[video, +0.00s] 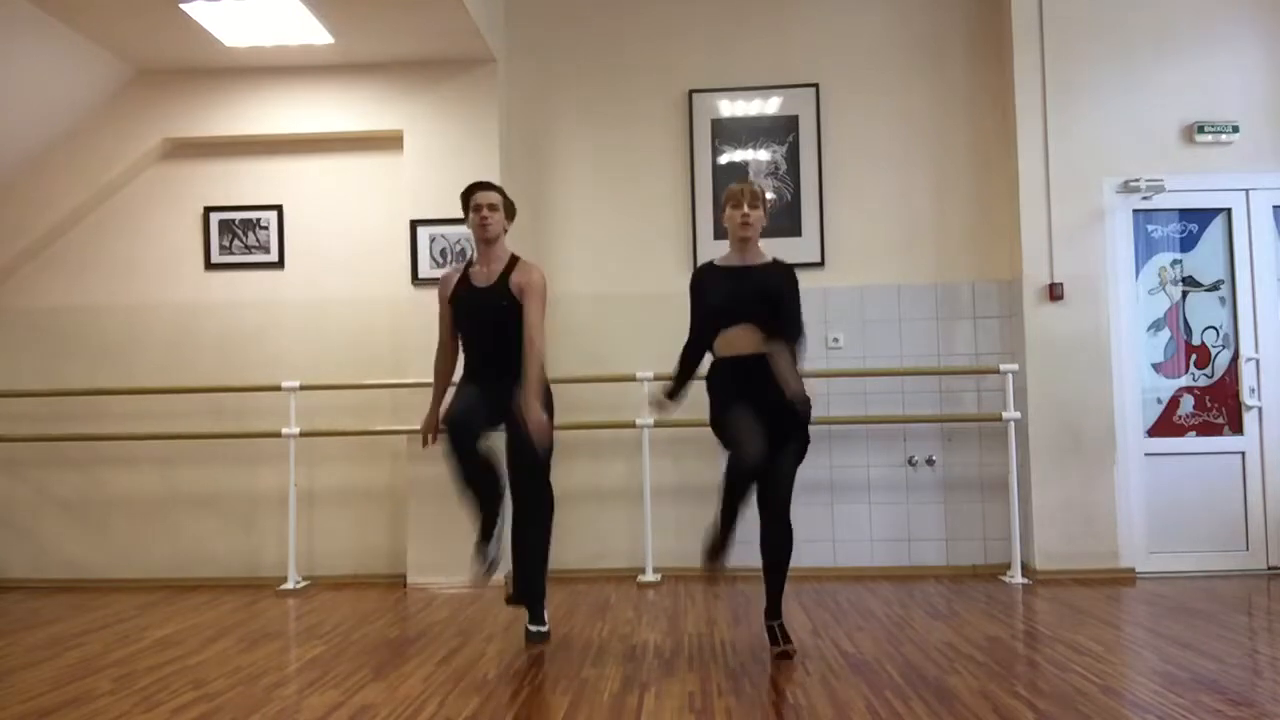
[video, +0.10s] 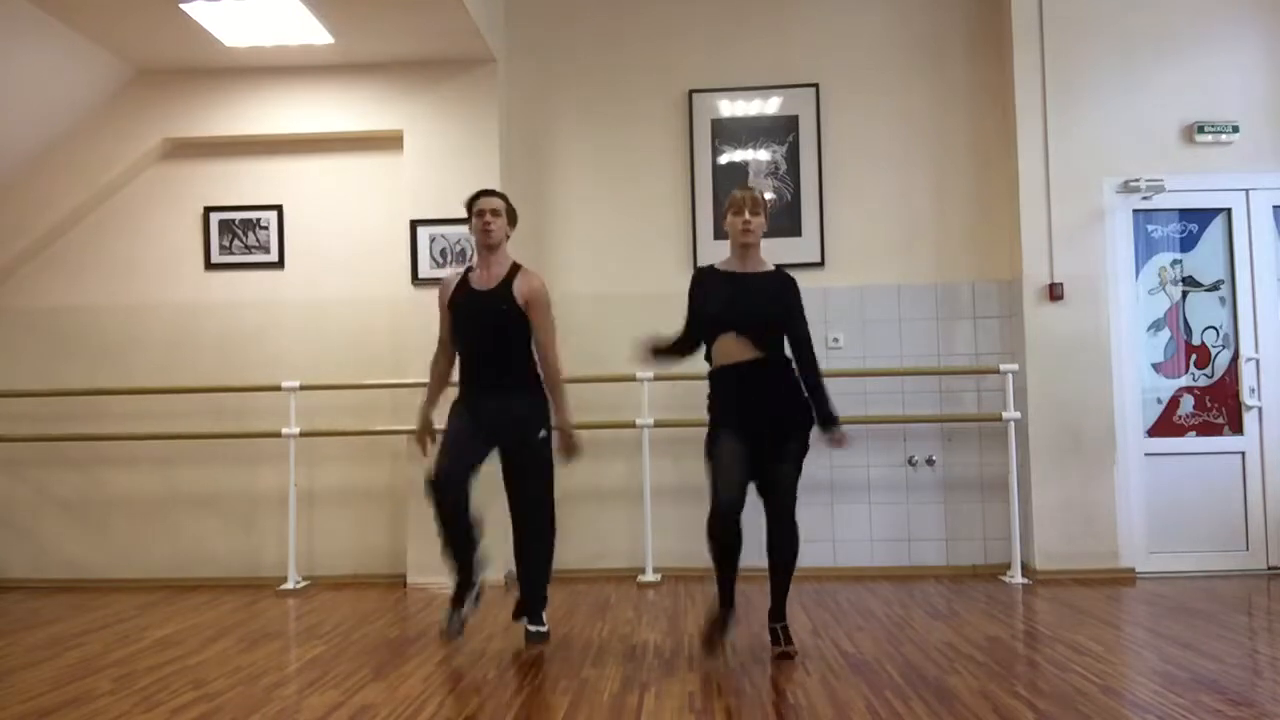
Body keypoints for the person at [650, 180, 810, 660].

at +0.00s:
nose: (744, 213)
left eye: (753, 205)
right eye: (736, 206)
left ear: (765, 214)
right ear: (723, 216)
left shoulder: (781, 273)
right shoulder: (706, 277)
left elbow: (789, 336)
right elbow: (698, 339)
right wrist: (674, 389)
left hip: (779, 386)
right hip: (729, 385)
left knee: (777, 506)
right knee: (750, 453)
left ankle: (774, 615)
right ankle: (723, 532)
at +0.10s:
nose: (746, 220)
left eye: (754, 212)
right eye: (737, 212)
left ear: (766, 223)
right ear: (724, 222)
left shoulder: (782, 283)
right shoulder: (705, 280)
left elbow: (805, 356)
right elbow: (690, 341)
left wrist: (828, 417)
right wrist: (658, 349)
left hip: (782, 408)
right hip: (730, 408)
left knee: (782, 515)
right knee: (724, 508)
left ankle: (778, 618)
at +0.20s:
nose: (746, 208)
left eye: (755, 200)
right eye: (738, 200)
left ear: (767, 210)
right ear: (725, 208)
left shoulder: (782, 272)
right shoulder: (702, 264)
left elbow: (813, 326)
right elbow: (674, 327)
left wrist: (809, 381)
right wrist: (695, 297)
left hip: (768, 397)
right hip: (719, 398)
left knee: (758, 499)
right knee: (723, 505)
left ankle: (772, 607)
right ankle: (730, 616)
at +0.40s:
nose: (739, 223)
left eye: (747, 215)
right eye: (731, 215)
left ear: (760, 224)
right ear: (719, 223)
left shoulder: (775, 284)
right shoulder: (706, 284)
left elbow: (770, 345)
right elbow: (698, 354)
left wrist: (780, 362)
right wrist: (753, 346)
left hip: (758, 407)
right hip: (709, 406)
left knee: (712, 480)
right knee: (711, 508)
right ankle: (718, 620)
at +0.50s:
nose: (742, 214)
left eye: (750, 208)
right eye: (734, 206)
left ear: (760, 217)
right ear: (719, 215)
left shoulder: (778, 271)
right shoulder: (704, 271)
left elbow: (790, 328)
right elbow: (681, 334)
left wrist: (807, 378)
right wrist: (737, 329)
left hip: (763, 395)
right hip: (715, 394)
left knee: (720, 470)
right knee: (715, 500)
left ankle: (717, 598)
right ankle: (715, 615)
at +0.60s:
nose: (752, 208)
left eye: (758, 201)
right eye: (742, 201)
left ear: (765, 210)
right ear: (721, 210)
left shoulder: (782, 261)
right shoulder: (703, 262)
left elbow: (833, 300)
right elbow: (673, 322)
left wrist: (873, 334)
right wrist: (721, 322)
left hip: (769, 386)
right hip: (717, 388)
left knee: (751, 477)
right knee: (713, 508)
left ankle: (799, 559)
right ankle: (719, 618)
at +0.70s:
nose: (757, 215)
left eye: (763, 209)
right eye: (747, 207)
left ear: (768, 220)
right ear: (726, 216)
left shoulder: (787, 275)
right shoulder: (705, 272)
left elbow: (849, 304)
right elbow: (674, 327)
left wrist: (915, 318)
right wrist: (704, 345)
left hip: (769, 400)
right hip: (717, 403)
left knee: (791, 507)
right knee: (714, 518)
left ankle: (845, 593)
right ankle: (719, 624)